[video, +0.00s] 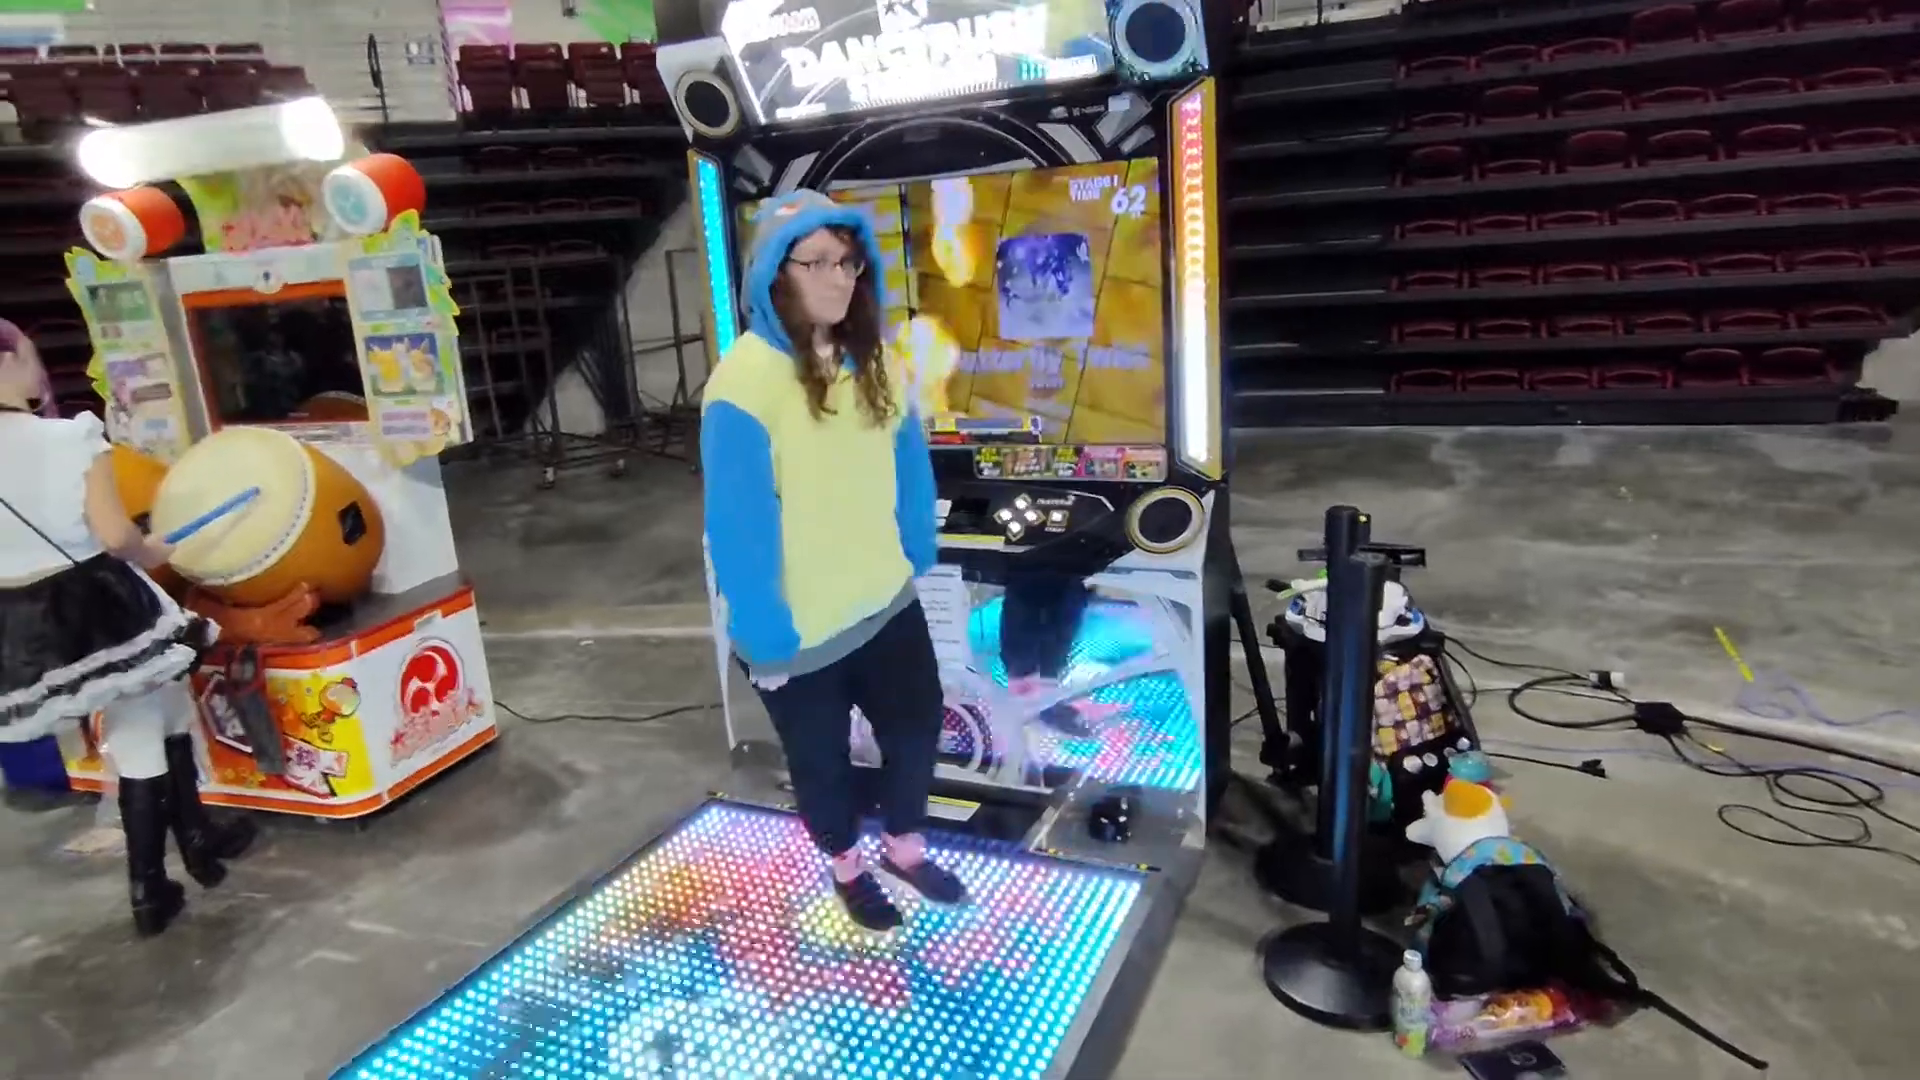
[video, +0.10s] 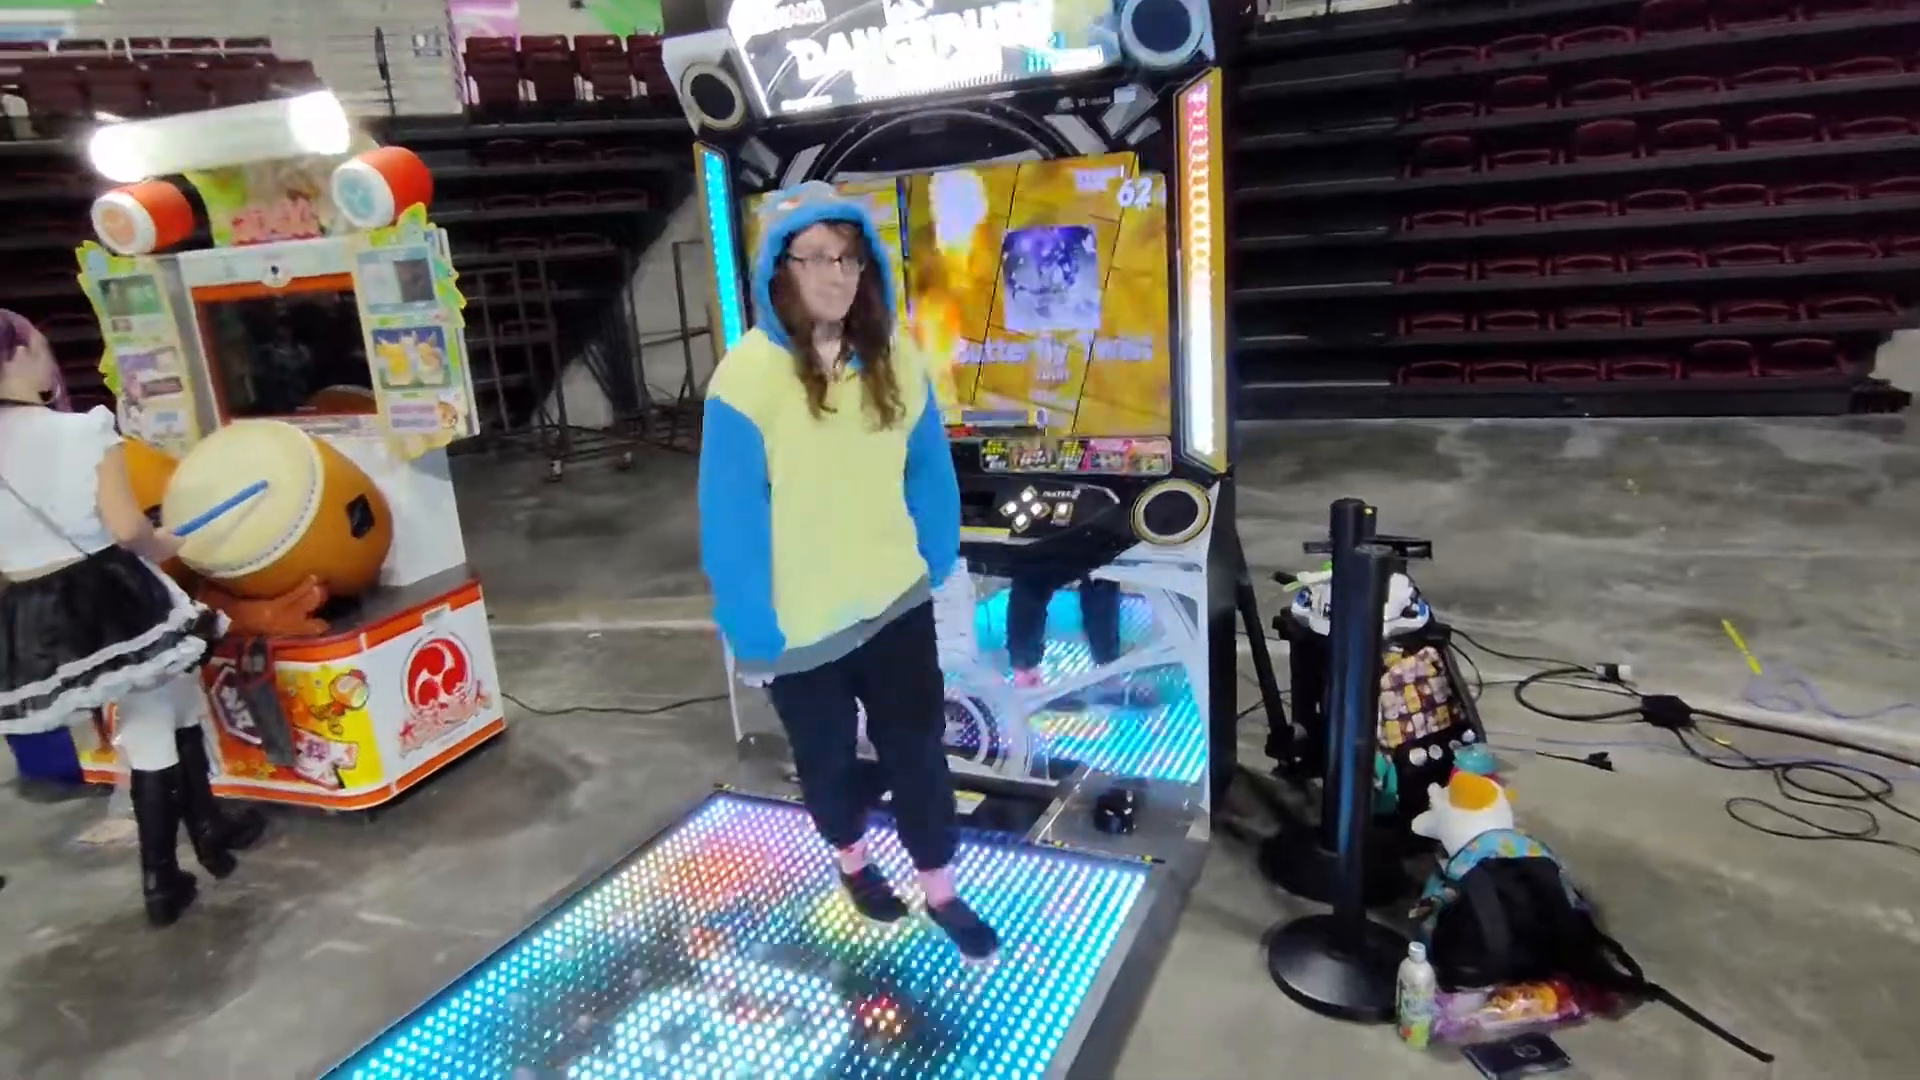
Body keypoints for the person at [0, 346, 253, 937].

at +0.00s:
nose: (36, 362)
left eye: (30, 353)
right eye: (28, 354)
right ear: (15, 363)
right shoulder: (72, 438)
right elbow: (113, 536)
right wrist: (152, 550)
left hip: (20, 632)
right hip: (93, 619)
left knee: (165, 697)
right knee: (138, 730)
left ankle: (198, 838)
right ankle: (147, 886)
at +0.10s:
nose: (52, 363)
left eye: (46, 349)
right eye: (44, 350)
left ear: (2, 361)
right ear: (16, 355)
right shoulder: (80, 431)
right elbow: (126, 529)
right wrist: (160, 546)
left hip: (28, 620)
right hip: (106, 607)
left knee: (178, 689)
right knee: (150, 720)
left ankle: (209, 828)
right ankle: (160, 877)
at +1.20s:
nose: (67, 340)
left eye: (60, 328)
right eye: (56, 329)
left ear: (13, 347)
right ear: (28, 342)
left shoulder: (7, 417)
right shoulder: (103, 409)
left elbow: (13, 535)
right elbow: (157, 498)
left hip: (45, 589)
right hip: (121, 578)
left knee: (173, 674)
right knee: (164, 700)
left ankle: (218, 807)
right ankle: (165, 855)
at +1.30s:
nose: (54, 334)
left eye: (47, 323)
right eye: (46, 323)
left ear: (4, 340)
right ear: (22, 333)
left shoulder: (7, 412)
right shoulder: (92, 408)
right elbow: (147, 500)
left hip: (34, 595)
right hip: (112, 585)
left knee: (166, 670)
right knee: (151, 695)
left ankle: (205, 809)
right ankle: (154, 858)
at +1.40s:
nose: (33, 323)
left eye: (26, 310)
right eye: (25, 311)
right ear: (8, 319)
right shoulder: (74, 395)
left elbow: (129, 488)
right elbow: (133, 490)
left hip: (15, 593)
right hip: (89, 583)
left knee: (147, 651)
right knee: (138, 683)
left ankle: (187, 798)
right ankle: (137, 850)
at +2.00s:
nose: (30, 261)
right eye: (24, 251)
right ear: (16, 257)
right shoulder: (48, 323)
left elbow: (92, 419)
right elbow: (94, 421)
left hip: (11, 505)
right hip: (70, 493)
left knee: (125, 593)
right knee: (108, 623)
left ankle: (165, 726)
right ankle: (118, 774)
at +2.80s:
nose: (60, 200)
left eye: (55, 189)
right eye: (52, 190)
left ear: (8, 206)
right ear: (29, 199)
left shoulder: (5, 282)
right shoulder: (102, 271)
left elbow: (9, 393)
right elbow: (151, 369)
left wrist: (51, 393)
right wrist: (140, 313)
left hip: (56, 443)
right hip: (128, 432)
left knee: (179, 535)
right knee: (168, 560)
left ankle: (225, 658)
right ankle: (183, 706)